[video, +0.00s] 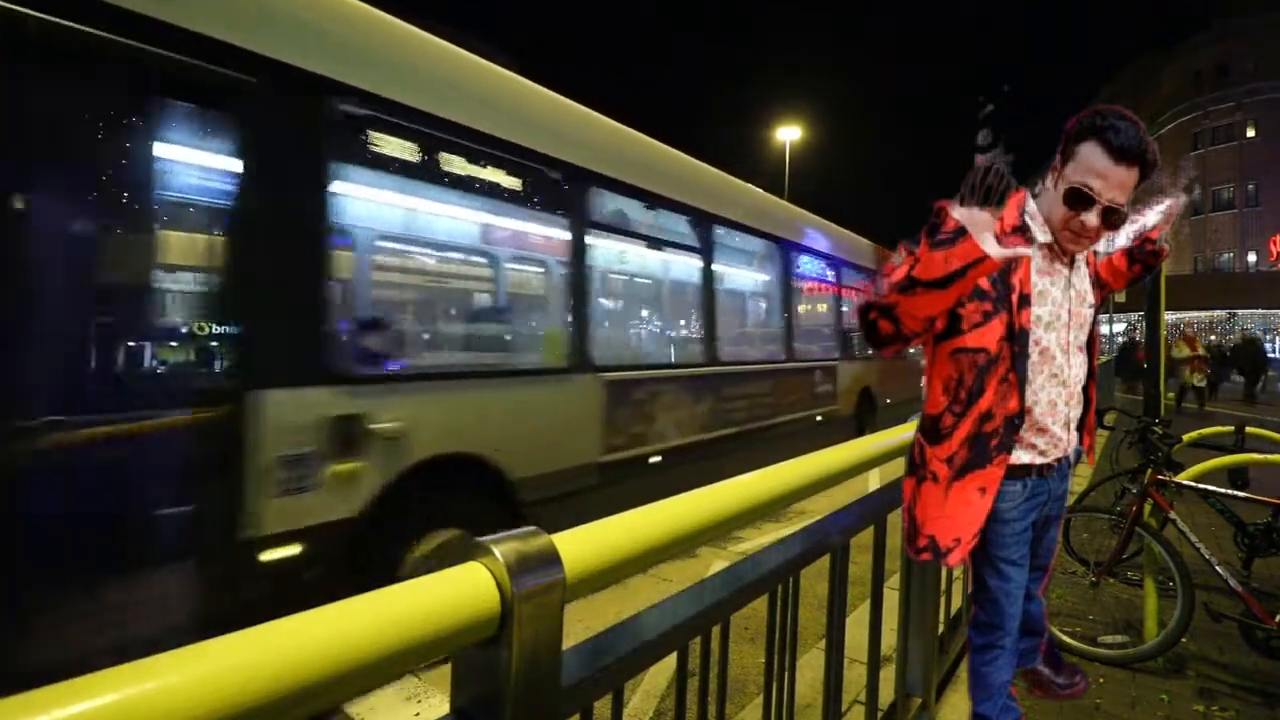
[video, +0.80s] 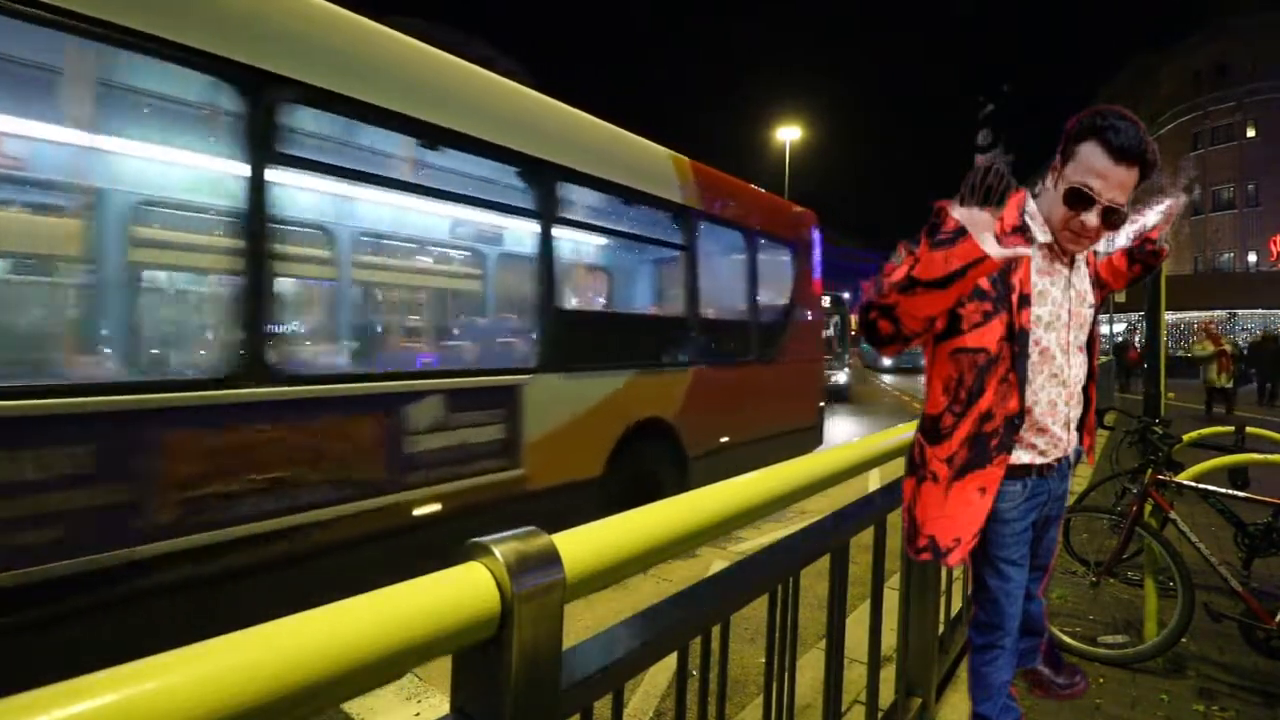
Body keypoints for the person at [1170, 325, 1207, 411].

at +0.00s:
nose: (1190, 334)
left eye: (1191, 331)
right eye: (1187, 331)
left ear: (1193, 332)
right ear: (1183, 332)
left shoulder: (1197, 343)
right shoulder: (1179, 343)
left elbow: (1204, 353)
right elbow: (1174, 355)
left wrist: (1199, 355)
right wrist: (1190, 355)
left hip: (1198, 369)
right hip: (1185, 369)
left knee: (1200, 388)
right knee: (1183, 387)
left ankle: (1201, 406)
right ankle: (1178, 406)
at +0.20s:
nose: (1196, 332)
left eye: (1197, 330)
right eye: (1193, 330)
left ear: (1200, 331)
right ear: (1190, 332)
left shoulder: (1205, 341)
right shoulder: (1187, 342)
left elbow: (1214, 351)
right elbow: (1179, 353)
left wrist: (1204, 352)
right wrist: (1193, 353)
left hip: (1206, 373)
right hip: (1192, 373)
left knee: (1205, 394)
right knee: (1193, 393)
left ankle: (1202, 410)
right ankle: (1190, 410)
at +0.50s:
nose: (1202, 334)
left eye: (1204, 332)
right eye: (1200, 332)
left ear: (1207, 333)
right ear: (1196, 334)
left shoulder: (1213, 344)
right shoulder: (1193, 346)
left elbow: (1223, 355)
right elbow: (1189, 359)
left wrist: (1214, 356)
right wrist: (1203, 357)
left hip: (1214, 372)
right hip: (1201, 373)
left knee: (1211, 394)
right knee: (1207, 394)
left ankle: (1207, 412)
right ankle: (1205, 414)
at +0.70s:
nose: (1211, 330)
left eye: (1213, 328)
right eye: (1208, 329)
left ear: (1215, 328)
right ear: (1203, 330)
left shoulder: (1221, 341)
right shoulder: (1200, 343)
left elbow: (1231, 352)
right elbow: (1195, 355)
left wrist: (1224, 350)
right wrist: (1212, 351)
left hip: (1222, 375)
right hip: (1208, 376)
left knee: (1221, 396)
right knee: (1209, 397)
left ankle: (1220, 413)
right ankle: (1208, 414)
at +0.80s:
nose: (1213, 332)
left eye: (1214, 329)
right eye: (1210, 330)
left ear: (1217, 329)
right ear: (1205, 331)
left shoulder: (1224, 341)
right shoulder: (1201, 344)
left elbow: (1237, 352)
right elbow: (1196, 355)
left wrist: (1228, 349)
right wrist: (1215, 351)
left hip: (1226, 379)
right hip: (1211, 379)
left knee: (1230, 400)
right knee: (1210, 400)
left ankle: (1229, 416)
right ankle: (1208, 416)